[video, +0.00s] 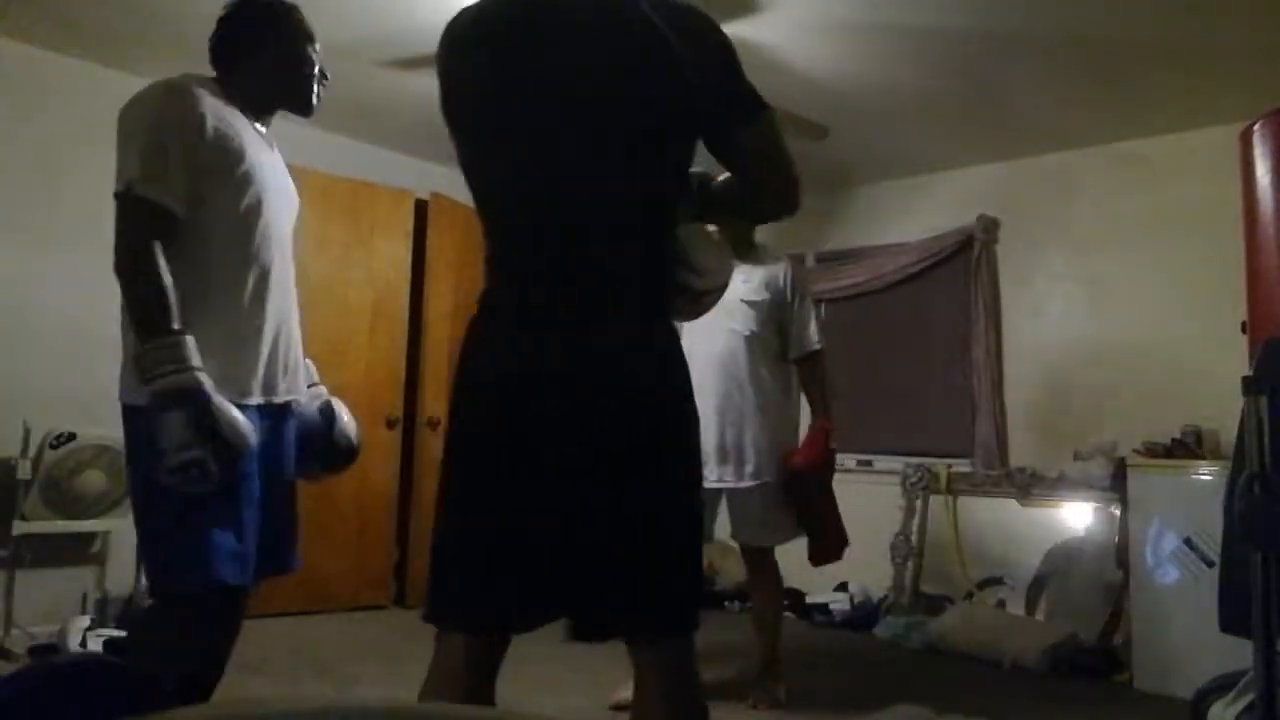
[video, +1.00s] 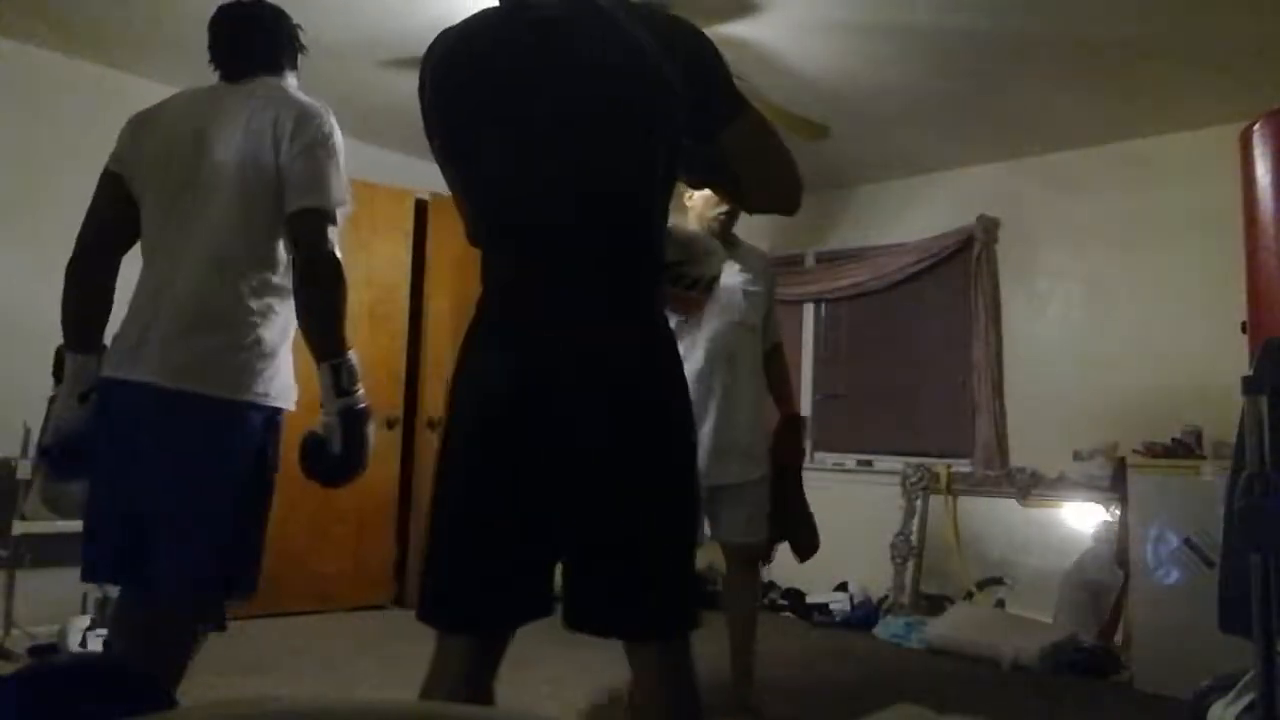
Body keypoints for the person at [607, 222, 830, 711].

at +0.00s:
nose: (722, 223)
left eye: (731, 209)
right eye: (714, 210)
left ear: (751, 215)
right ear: (699, 214)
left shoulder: (776, 275)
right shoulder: (677, 277)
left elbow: (808, 356)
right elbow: (652, 357)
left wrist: (821, 426)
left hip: (755, 451)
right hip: (683, 449)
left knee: (759, 560)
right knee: (670, 566)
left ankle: (769, 673)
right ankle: (657, 677)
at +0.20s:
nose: (692, 220)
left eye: (702, 209)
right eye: (687, 210)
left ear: (724, 213)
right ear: (679, 216)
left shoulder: (749, 272)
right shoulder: (662, 272)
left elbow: (777, 353)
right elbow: (642, 352)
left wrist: (791, 421)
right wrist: (635, 422)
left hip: (734, 438)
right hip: (670, 436)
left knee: (741, 552)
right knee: (662, 554)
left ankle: (768, 665)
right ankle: (658, 664)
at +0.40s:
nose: (674, 200)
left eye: (687, 190)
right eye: (666, 188)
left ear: (706, 202)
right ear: (654, 198)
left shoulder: (734, 265)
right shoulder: (633, 265)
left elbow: (754, 343)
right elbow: (616, 344)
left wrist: (770, 408)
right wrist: (614, 419)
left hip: (718, 440)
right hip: (652, 439)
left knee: (733, 559)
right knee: (650, 563)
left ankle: (751, 664)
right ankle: (649, 673)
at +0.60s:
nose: (682, 198)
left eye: (693, 189)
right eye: (670, 186)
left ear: (706, 200)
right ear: (649, 195)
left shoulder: (730, 263)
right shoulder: (629, 263)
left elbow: (748, 341)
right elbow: (611, 339)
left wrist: (769, 408)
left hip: (714, 435)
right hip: (649, 436)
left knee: (727, 559)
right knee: (648, 563)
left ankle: (736, 673)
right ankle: (647, 681)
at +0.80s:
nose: (700, 202)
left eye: (709, 194)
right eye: (690, 190)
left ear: (718, 204)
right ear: (666, 195)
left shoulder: (734, 265)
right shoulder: (640, 260)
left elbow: (750, 343)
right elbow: (625, 339)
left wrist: (772, 410)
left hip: (725, 435)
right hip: (661, 436)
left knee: (741, 552)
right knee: (660, 559)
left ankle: (745, 672)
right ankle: (652, 680)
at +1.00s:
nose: (727, 206)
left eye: (733, 196)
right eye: (714, 194)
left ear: (741, 206)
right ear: (682, 200)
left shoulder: (755, 266)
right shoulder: (657, 262)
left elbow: (771, 348)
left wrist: (791, 417)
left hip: (740, 443)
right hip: (673, 440)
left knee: (743, 567)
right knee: (663, 568)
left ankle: (743, 684)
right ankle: (653, 684)